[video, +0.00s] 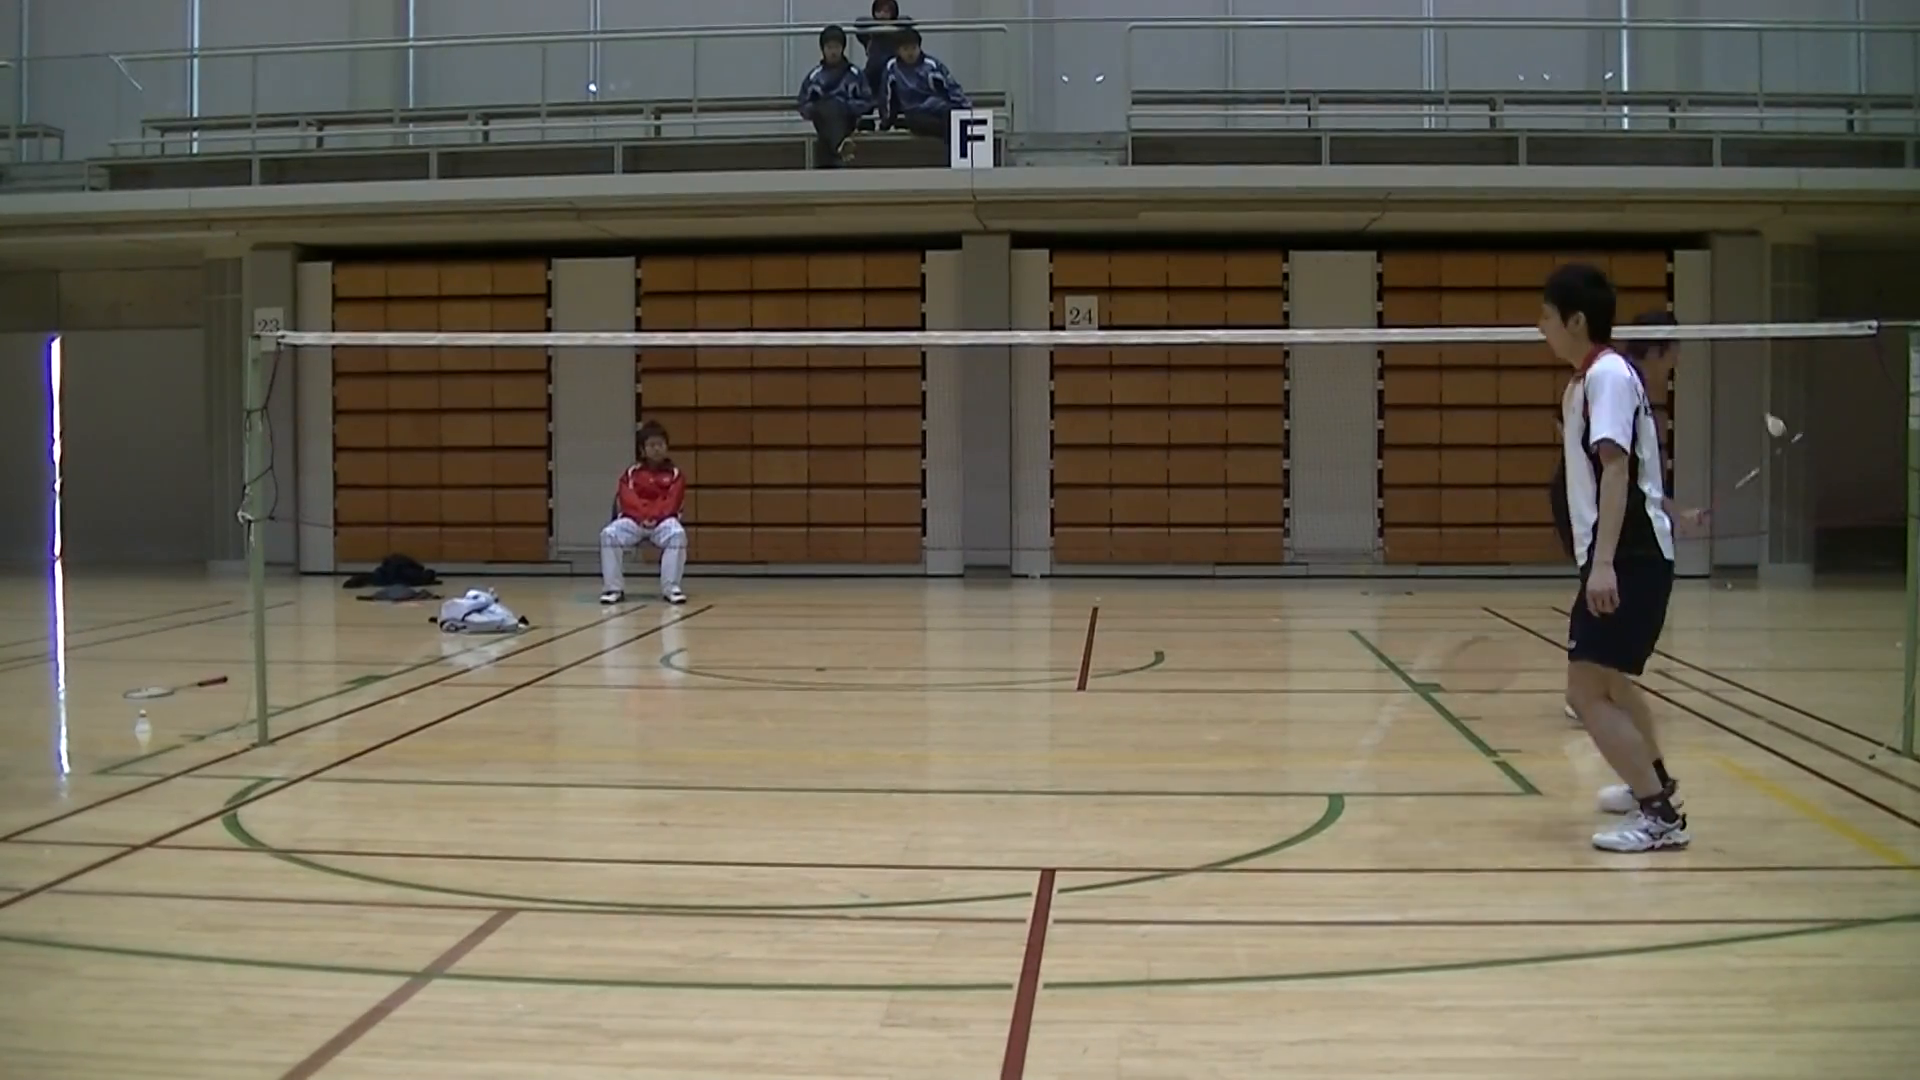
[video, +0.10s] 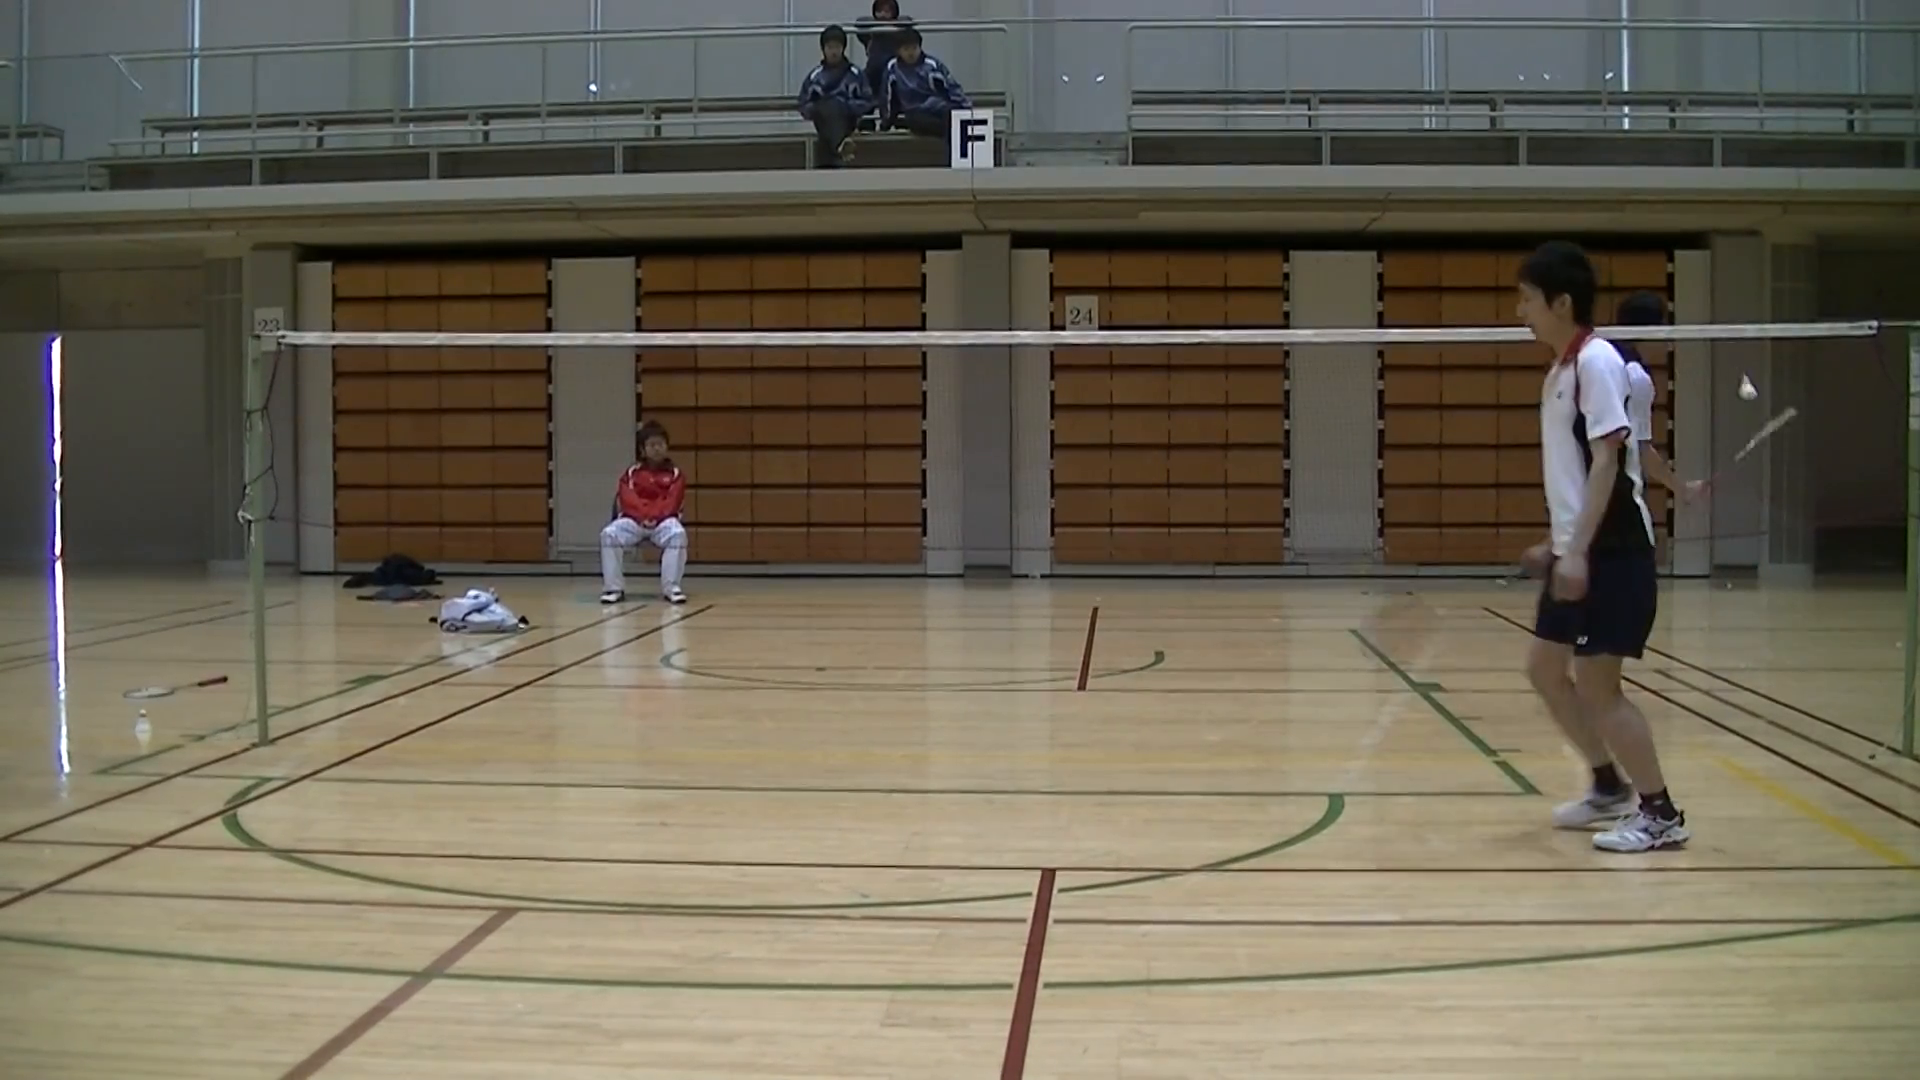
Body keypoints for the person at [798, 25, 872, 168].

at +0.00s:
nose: (833, 51)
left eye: (837, 47)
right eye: (829, 47)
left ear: (843, 48)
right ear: (822, 49)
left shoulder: (856, 74)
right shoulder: (813, 76)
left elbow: (867, 103)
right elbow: (803, 105)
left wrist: (844, 106)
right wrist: (818, 109)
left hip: (848, 119)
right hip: (821, 118)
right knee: (830, 105)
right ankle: (840, 144)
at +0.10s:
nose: (834, 51)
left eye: (838, 47)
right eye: (829, 47)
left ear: (844, 48)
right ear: (823, 49)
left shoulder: (856, 73)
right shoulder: (814, 75)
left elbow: (868, 102)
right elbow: (804, 105)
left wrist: (844, 106)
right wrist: (817, 109)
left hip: (848, 118)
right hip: (821, 118)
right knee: (832, 105)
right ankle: (840, 144)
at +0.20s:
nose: (832, 50)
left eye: (836, 45)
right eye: (828, 45)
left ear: (842, 47)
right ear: (822, 48)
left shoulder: (855, 72)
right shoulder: (813, 74)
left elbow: (867, 102)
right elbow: (802, 104)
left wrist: (843, 105)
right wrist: (817, 108)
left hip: (847, 117)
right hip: (820, 117)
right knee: (830, 104)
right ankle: (840, 143)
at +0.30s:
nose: (832, 48)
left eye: (836, 43)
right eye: (828, 43)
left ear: (842, 44)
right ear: (822, 45)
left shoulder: (855, 70)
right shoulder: (813, 72)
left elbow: (867, 99)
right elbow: (802, 101)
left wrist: (844, 103)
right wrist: (816, 105)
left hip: (847, 115)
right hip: (820, 115)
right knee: (830, 102)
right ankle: (839, 141)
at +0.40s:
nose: (833, 44)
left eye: (836, 39)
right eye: (829, 39)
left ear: (842, 40)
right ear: (822, 41)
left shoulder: (856, 66)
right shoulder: (813, 69)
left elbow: (868, 95)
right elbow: (803, 99)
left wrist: (843, 99)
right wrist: (819, 101)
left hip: (848, 114)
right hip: (821, 113)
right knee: (829, 98)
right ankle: (839, 138)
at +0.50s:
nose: (833, 40)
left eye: (837, 36)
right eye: (828, 36)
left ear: (843, 37)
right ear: (822, 38)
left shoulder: (855, 63)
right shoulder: (813, 65)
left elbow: (868, 92)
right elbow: (803, 97)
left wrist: (842, 95)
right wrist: (821, 96)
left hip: (848, 115)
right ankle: (841, 134)